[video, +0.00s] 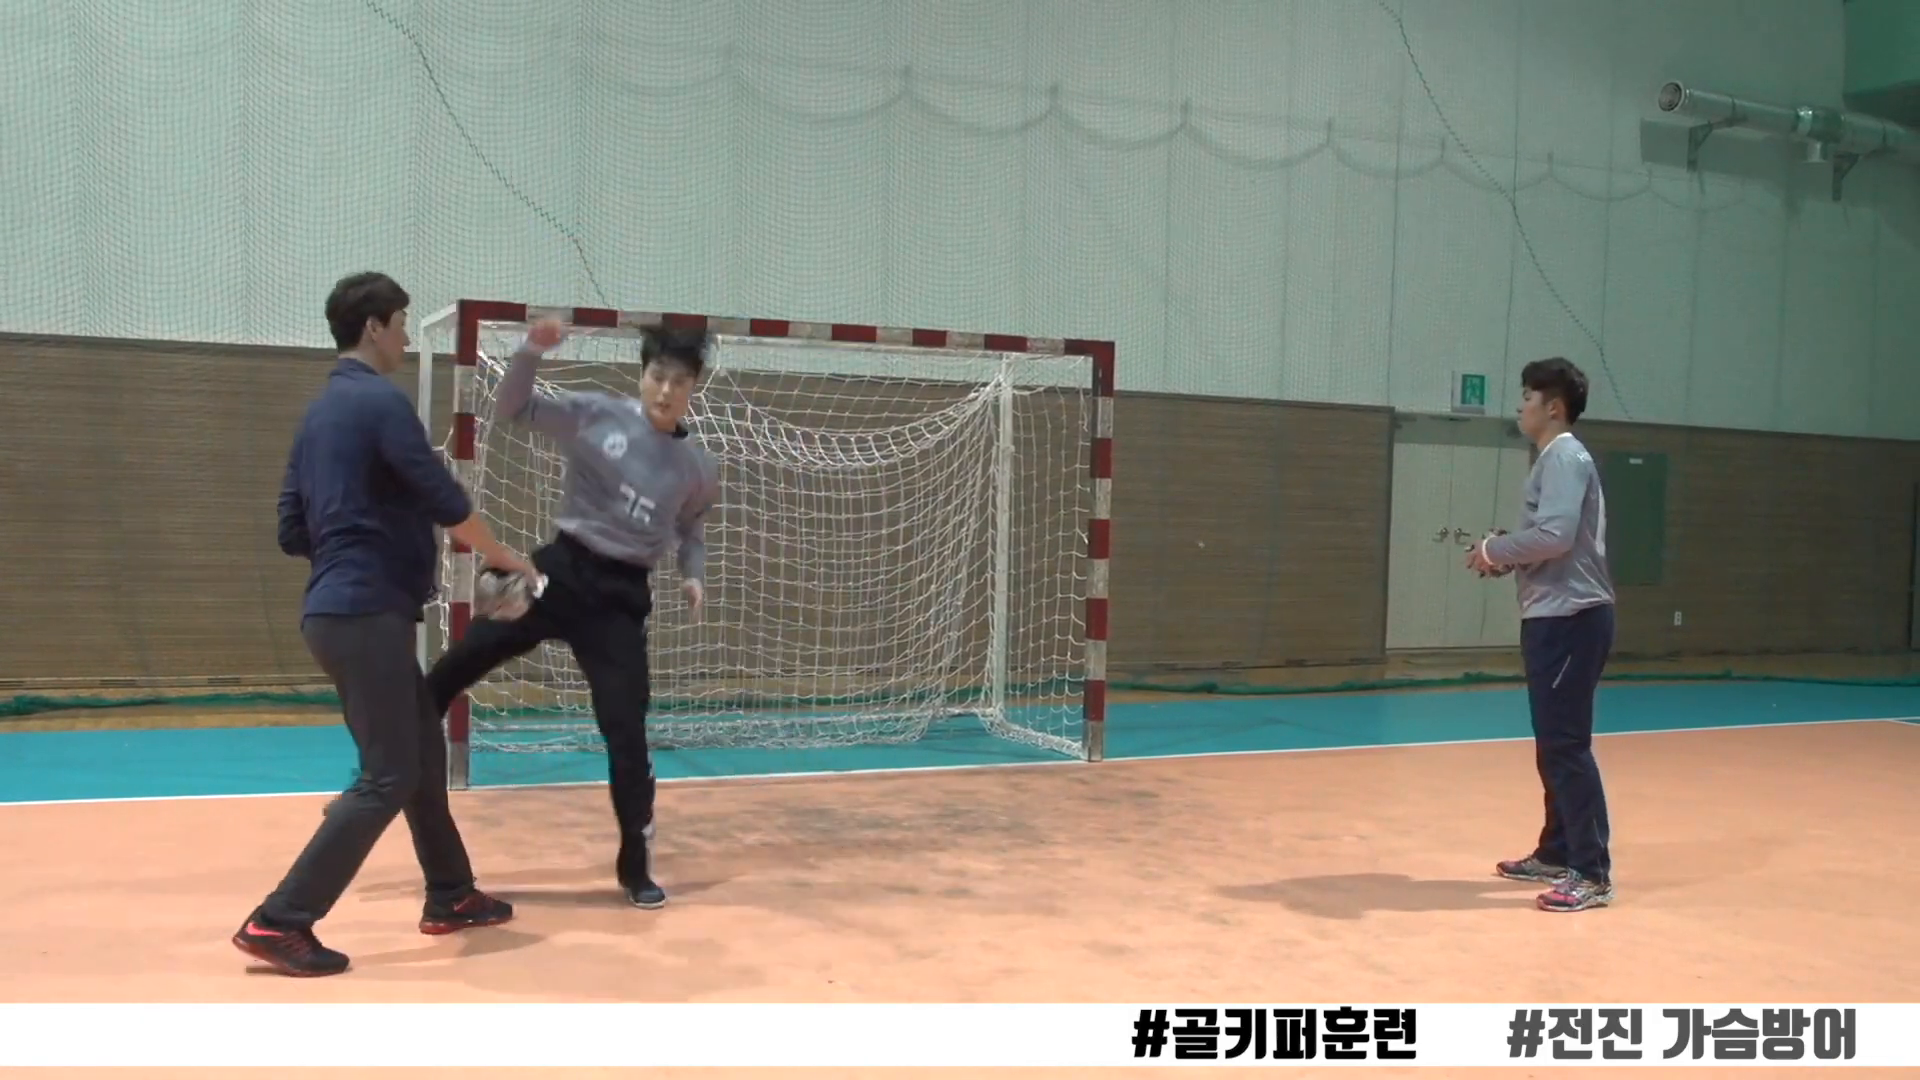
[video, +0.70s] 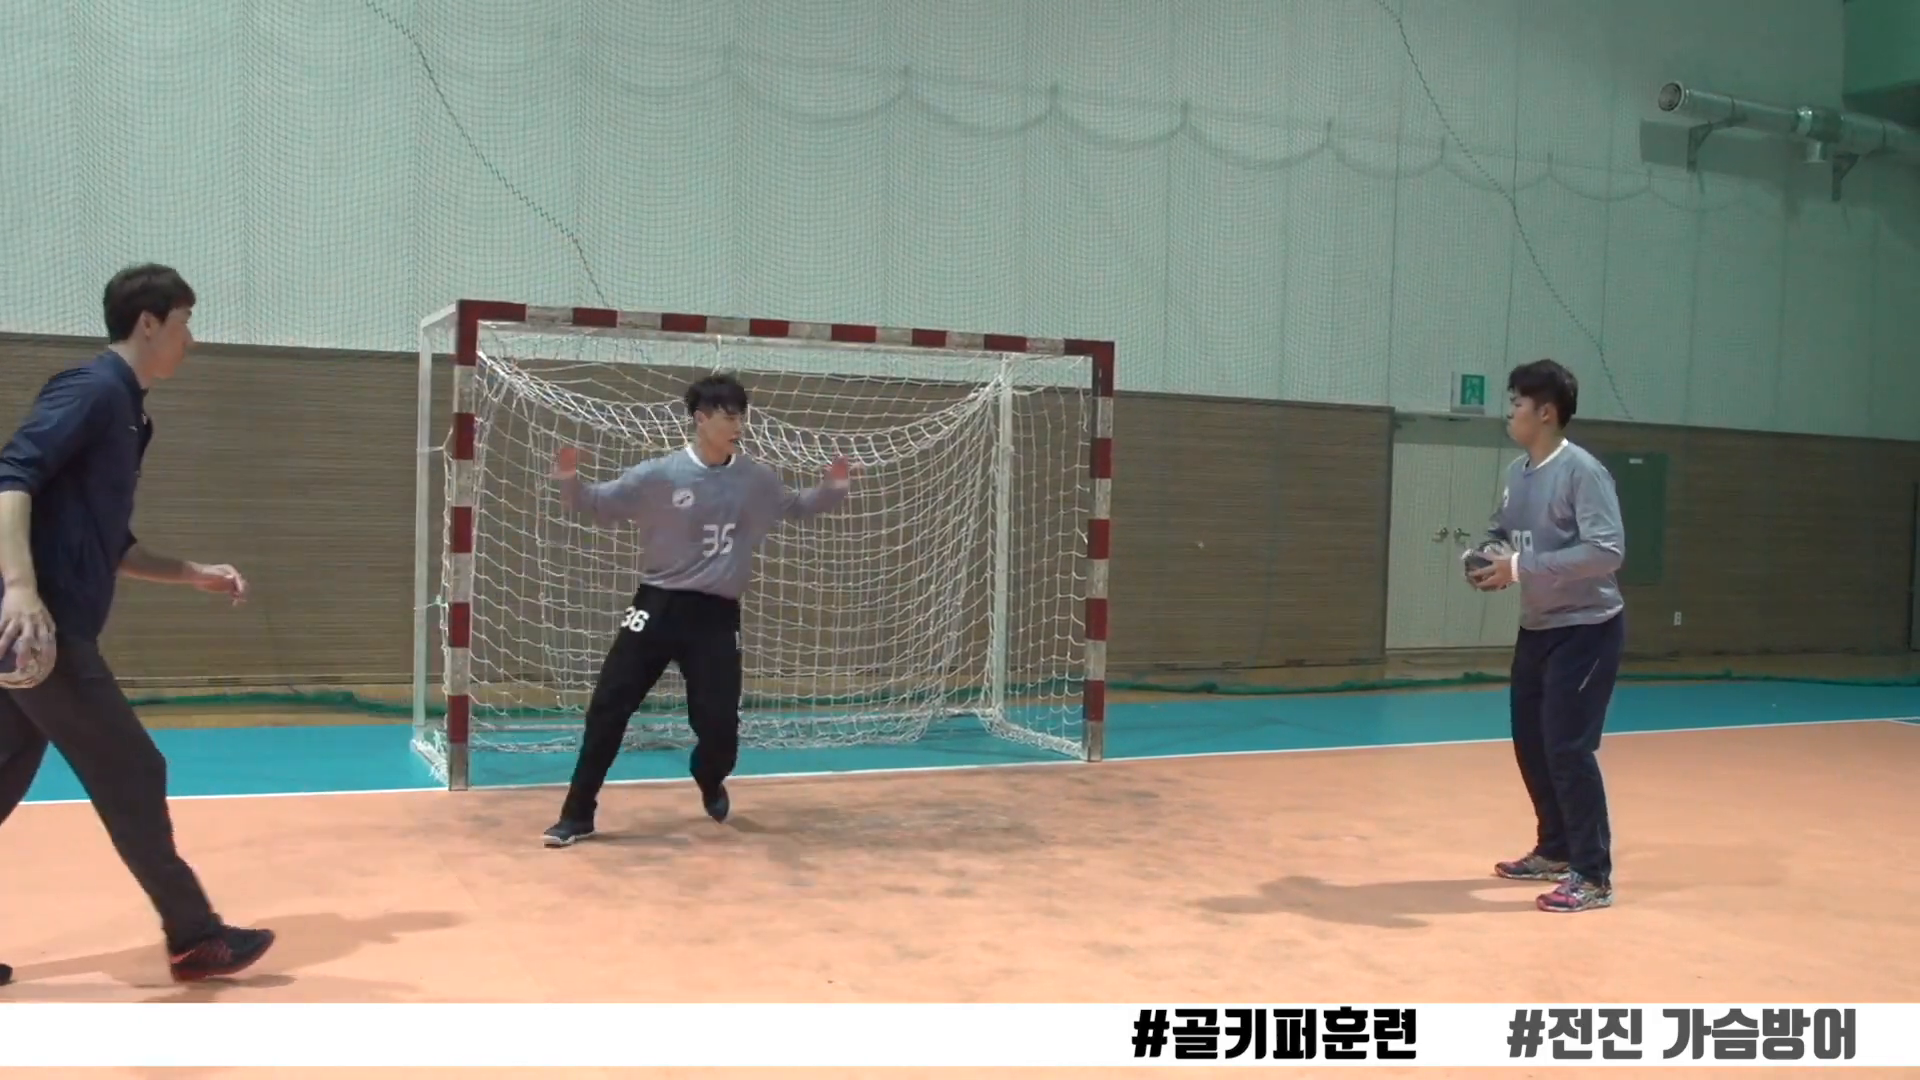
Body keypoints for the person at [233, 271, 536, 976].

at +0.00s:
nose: (408, 336)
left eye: (405, 324)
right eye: (401, 324)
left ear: (353, 330)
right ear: (374, 327)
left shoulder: (322, 410)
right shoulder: (382, 400)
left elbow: (295, 530)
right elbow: (446, 501)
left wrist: (386, 538)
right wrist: (502, 556)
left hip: (335, 607)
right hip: (369, 610)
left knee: (423, 754)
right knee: (386, 777)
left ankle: (450, 896)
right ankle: (279, 923)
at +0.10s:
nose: (385, 340)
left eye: (383, 325)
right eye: (379, 325)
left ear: (333, 330)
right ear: (348, 328)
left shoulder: (294, 407)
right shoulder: (342, 407)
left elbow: (264, 529)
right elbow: (371, 537)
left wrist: (338, 566)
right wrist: (441, 618)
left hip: (293, 618)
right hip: (318, 624)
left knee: (387, 744)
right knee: (346, 780)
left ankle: (436, 891)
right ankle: (267, 935)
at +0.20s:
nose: (360, 339)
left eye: (359, 325)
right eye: (355, 325)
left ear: (309, 327)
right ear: (324, 326)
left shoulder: (275, 397)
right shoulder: (304, 405)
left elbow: (267, 528)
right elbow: (289, 533)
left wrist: (336, 568)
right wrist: (339, 632)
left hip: (274, 613)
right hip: (268, 619)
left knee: (366, 730)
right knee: (324, 772)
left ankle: (346, 891)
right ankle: (266, 936)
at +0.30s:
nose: (331, 325)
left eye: (330, 312)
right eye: (325, 311)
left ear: (283, 317)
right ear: (293, 316)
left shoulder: (268, 387)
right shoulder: (260, 392)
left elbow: (250, 513)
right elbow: (213, 506)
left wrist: (312, 555)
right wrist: (238, 605)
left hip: (250, 614)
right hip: (235, 618)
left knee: (310, 741)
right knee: (289, 759)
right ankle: (267, 935)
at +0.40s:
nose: (294, 324)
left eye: (294, 310)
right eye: (288, 310)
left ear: (249, 315)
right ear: (254, 314)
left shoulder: (236, 392)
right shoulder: (210, 388)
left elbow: (215, 517)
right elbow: (138, 484)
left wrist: (286, 556)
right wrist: (153, 576)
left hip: (210, 621)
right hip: (200, 623)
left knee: (204, 775)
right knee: (252, 770)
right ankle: (263, 935)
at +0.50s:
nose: (255, 329)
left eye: (254, 316)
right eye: (249, 315)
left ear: (210, 320)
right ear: (213, 319)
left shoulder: (199, 405)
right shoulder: (163, 395)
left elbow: (187, 531)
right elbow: (76, 483)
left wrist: (264, 563)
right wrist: (88, 567)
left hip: (150, 631)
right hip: (149, 633)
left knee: (95, 784)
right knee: (219, 775)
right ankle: (259, 934)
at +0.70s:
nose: (190, 340)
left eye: (190, 326)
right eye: (184, 325)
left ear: (141, 324)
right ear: (148, 323)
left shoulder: (123, 408)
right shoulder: (93, 387)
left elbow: (104, 546)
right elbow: (14, 477)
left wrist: (189, 572)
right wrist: (19, 590)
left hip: (45, 631)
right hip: (42, 630)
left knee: (3, 786)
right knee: (131, 770)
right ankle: (193, 935)